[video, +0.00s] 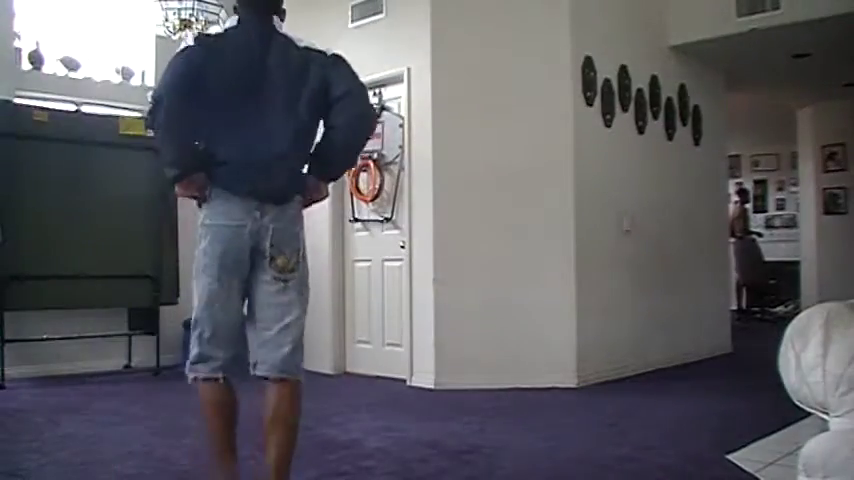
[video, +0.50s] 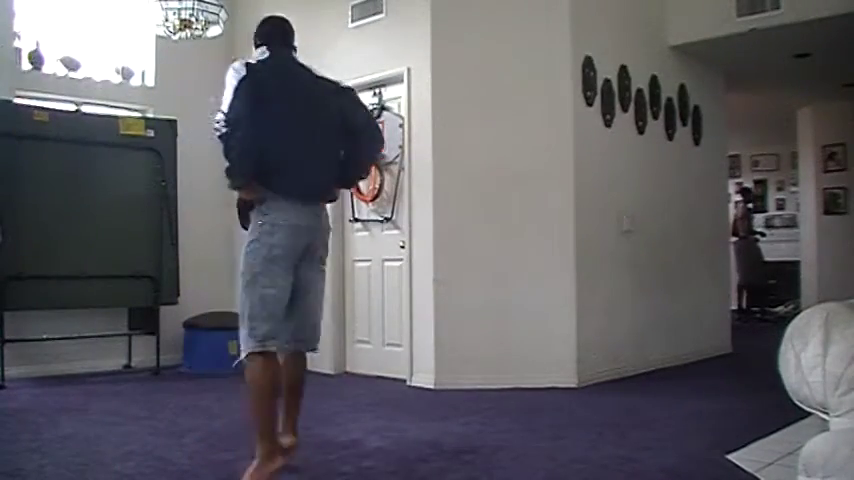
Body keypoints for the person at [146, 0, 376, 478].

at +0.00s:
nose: (261, 14)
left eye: (245, 9)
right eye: (273, 10)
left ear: (237, 7)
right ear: (279, 10)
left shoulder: (201, 52)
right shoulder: (313, 61)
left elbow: (164, 111)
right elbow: (358, 111)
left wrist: (185, 169)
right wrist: (320, 174)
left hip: (223, 210)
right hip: (284, 213)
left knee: (211, 360)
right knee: (282, 363)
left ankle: (225, 469)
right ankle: (278, 473)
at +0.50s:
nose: (258, 54)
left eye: (257, 47)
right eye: (266, 45)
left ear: (259, 47)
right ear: (293, 45)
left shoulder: (253, 81)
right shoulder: (329, 87)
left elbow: (238, 138)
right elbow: (370, 143)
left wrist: (244, 183)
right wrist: (336, 183)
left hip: (275, 213)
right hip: (317, 216)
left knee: (259, 341)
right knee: (296, 339)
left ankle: (267, 453)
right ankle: (288, 433)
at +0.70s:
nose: (285, 99)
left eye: (287, 93)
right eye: (288, 92)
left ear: (291, 95)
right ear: (323, 94)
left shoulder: (293, 131)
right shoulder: (346, 139)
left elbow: (280, 187)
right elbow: (379, 197)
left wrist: (275, 232)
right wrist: (349, 237)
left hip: (303, 259)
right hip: (331, 261)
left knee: (273, 370)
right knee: (294, 360)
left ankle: (346, 439)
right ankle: (301, 448)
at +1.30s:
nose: (438, 84)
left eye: (432, 78)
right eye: (448, 75)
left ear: (428, 80)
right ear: (460, 78)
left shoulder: (414, 120)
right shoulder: (491, 117)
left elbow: (396, 164)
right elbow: (535, 155)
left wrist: (419, 206)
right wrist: (514, 198)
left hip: (444, 234)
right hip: (488, 230)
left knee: (420, 339)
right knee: (515, 330)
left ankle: (417, 435)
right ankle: (539, 412)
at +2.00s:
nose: (536, 114)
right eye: (535, 108)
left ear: (502, 113)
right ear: (536, 112)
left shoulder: (482, 158)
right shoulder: (548, 149)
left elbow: (450, 200)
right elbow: (595, 153)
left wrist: (482, 235)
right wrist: (616, 135)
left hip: (510, 263)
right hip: (528, 264)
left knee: (570, 347)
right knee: (516, 374)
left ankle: (569, 437)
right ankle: (428, 431)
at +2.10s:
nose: (529, 105)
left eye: (525, 98)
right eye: (529, 98)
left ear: (492, 100)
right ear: (526, 98)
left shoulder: (474, 133)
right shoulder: (521, 127)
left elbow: (441, 187)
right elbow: (570, 150)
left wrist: (464, 230)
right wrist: (592, 137)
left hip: (473, 243)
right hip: (488, 243)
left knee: (519, 347)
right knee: (481, 361)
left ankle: (562, 426)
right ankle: (409, 440)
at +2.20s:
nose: (515, 106)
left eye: (513, 100)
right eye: (514, 99)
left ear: (480, 91)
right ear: (507, 96)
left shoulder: (465, 121)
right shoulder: (487, 122)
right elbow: (519, 182)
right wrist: (562, 220)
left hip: (447, 246)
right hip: (436, 244)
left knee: (476, 339)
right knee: (449, 360)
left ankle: (458, 433)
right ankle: (399, 449)